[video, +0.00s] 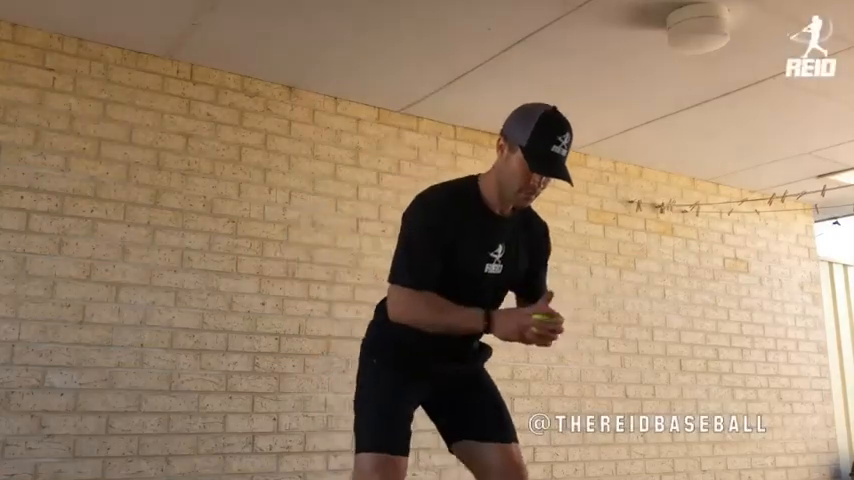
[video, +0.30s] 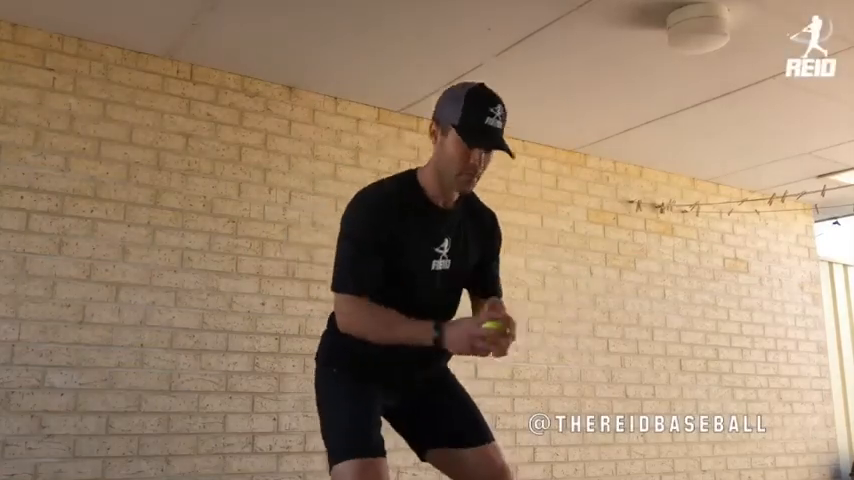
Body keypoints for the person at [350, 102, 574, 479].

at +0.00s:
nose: (538, 183)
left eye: (548, 174)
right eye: (532, 167)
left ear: (555, 174)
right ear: (503, 148)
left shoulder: (532, 233)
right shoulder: (434, 207)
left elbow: (530, 302)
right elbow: (402, 305)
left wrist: (538, 320)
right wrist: (492, 321)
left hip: (458, 362)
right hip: (394, 355)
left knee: (508, 470)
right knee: (380, 472)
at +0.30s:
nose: (478, 161)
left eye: (488, 150)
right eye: (469, 144)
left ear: (496, 152)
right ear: (436, 133)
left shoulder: (481, 224)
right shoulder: (373, 206)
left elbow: (487, 300)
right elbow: (349, 316)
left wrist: (496, 326)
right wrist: (441, 334)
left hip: (421, 367)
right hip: (351, 362)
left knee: (492, 472)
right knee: (364, 472)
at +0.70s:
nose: (444, 120)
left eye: (450, 113)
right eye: (427, 112)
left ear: (458, 128)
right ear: (400, 133)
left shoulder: (473, 218)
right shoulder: (371, 210)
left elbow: (511, 307)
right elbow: (389, 299)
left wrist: (526, 289)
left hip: (434, 377)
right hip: (367, 377)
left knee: (515, 474)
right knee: (380, 473)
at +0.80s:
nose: (448, 122)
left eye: (455, 116)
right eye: (432, 116)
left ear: (465, 133)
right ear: (409, 138)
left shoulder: (488, 216)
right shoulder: (385, 209)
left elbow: (534, 301)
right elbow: (392, 287)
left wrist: (548, 273)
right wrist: (446, 215)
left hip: (454, 381)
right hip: (387, 379)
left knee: (529, 474)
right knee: (395, 474)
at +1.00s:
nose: (448, 120)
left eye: (457, 114)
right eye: (433, 115)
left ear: (471, 135)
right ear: (418, 135)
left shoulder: (500, 217)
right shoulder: (397, 207)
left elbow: (555, 289)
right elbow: (405, 254)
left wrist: (568, 256)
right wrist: (419, 161)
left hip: (473, 384)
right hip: (406, 379)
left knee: (544, 474)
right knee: (408, 473)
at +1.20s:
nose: (445, 115)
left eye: (451, 110)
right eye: (426, 110)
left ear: (460, 128)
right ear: (403, 141)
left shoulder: (481, 222)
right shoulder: (393, 194)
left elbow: (523, 294)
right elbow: (434, 200)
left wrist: (547, 257)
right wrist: (453, 108)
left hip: (452, 384)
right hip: (387, 382)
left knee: (530, 475)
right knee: (388, 474)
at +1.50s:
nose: (438, 110)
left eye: (443, 107)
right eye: (421, 105)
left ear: (451, 128)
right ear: (394, 132)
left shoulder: (468, 217)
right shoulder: (372, 190)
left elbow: (526, 288)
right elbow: (397, 234)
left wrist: (528, 229)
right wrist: (468, 158)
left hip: (437, 384)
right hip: (368, 381)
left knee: (518, 473)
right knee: (371, 471)